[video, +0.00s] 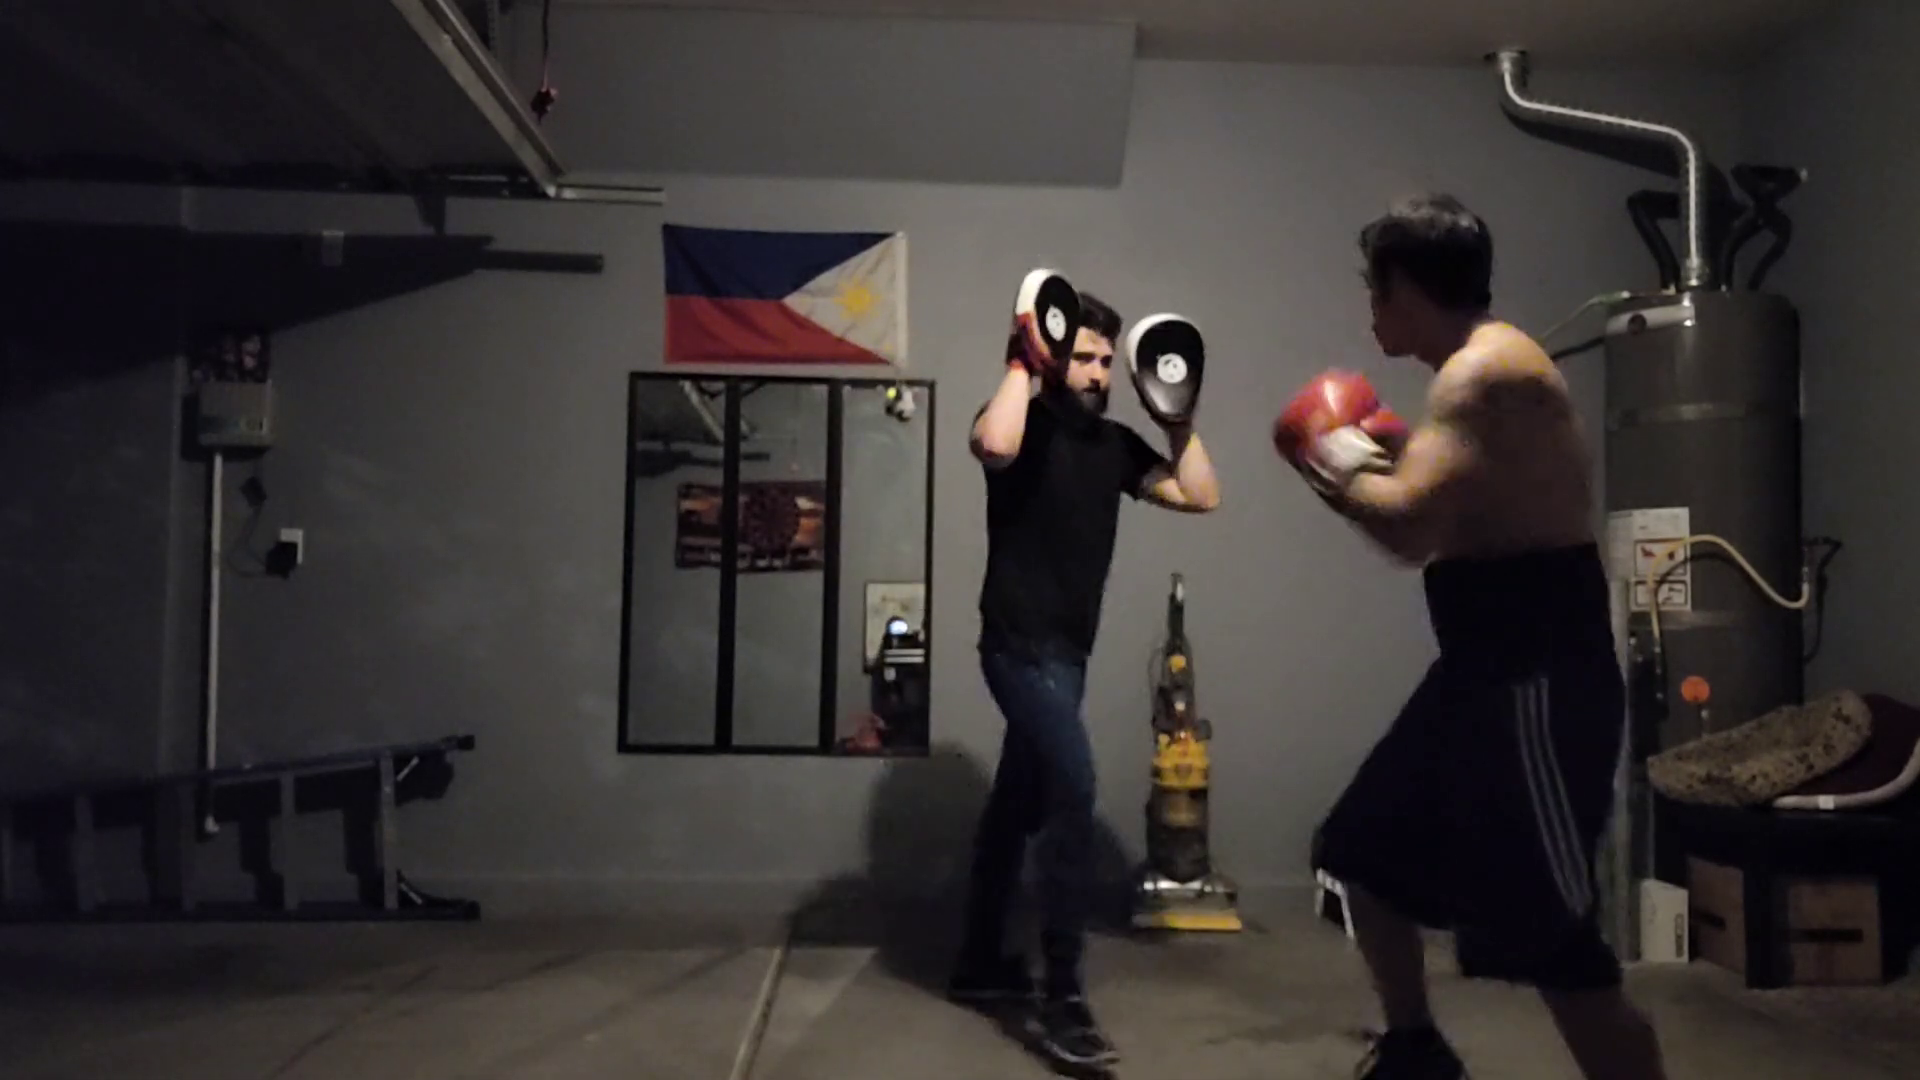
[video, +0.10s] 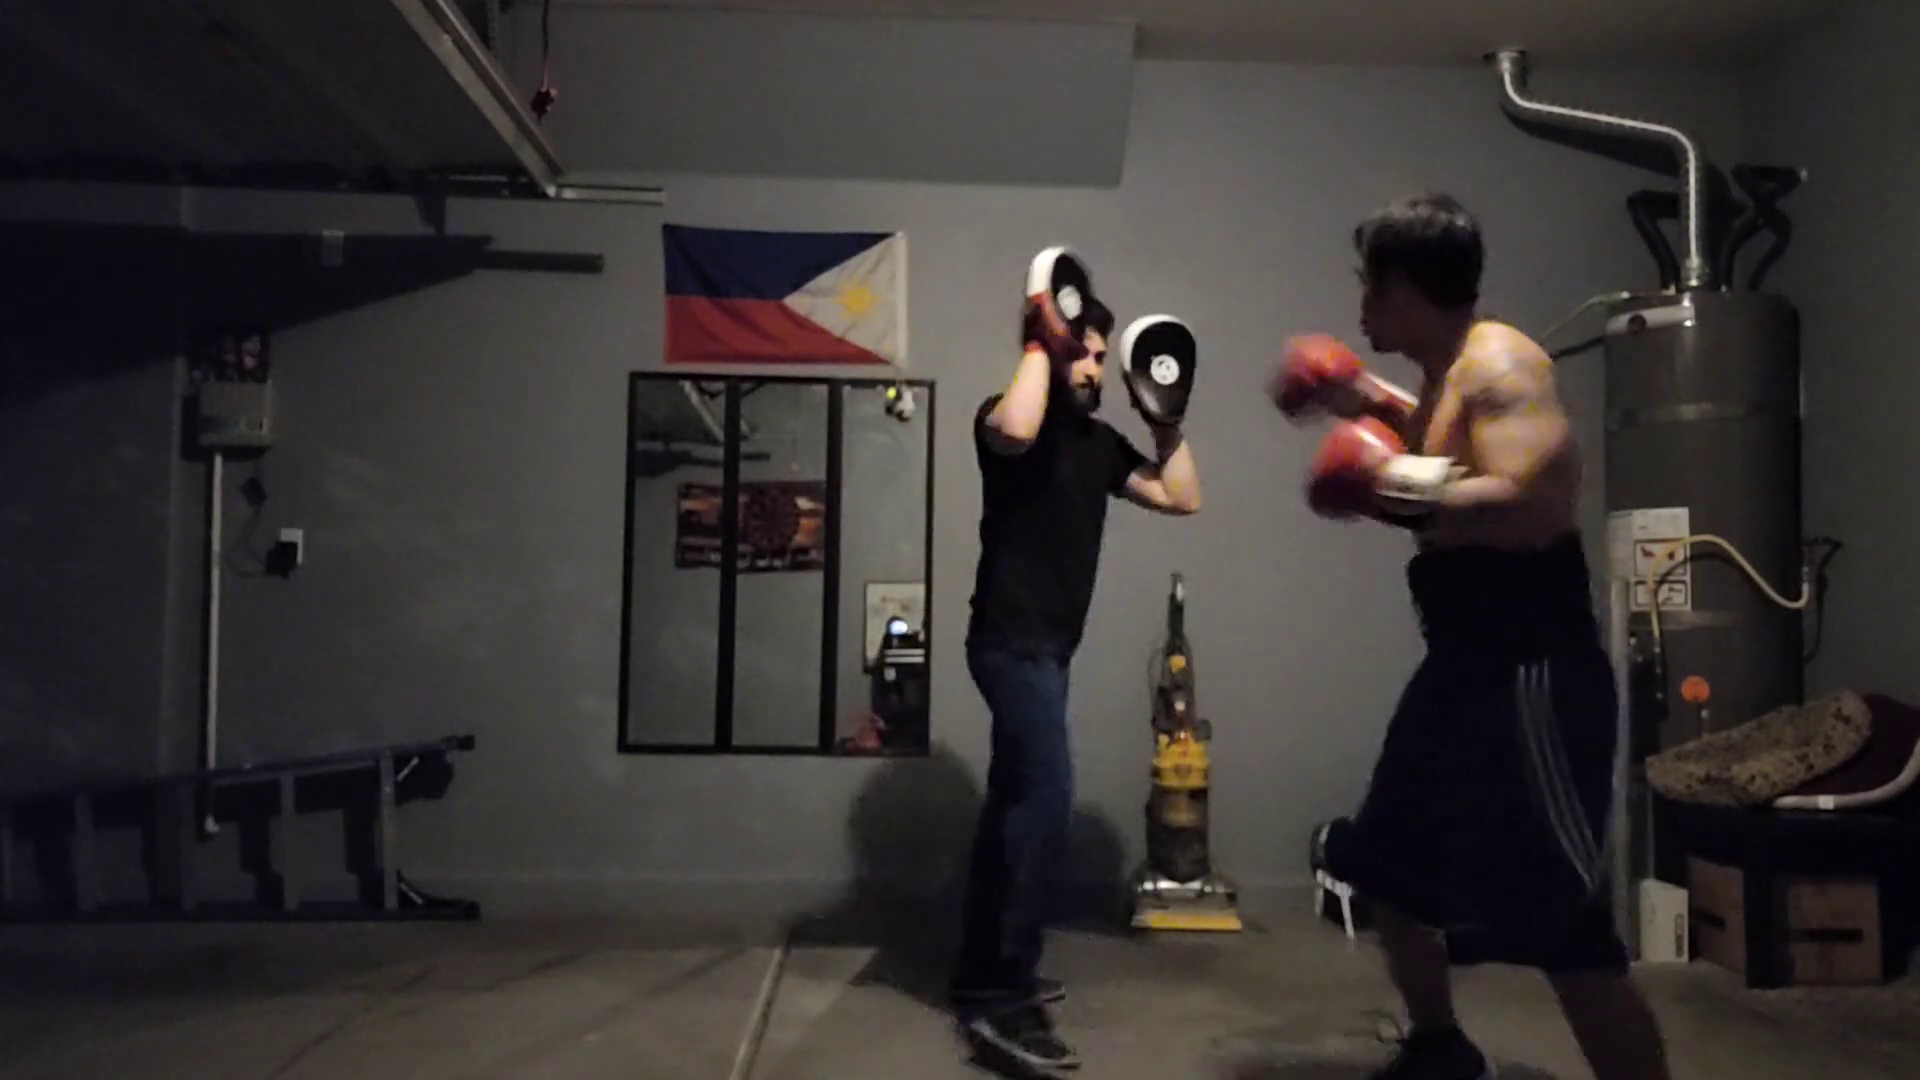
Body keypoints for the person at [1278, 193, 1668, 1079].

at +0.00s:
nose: (1373, 318)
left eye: (1379, 296)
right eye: (1372, 296)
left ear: (1422, 292)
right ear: (1449, 286)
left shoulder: (1483, 369)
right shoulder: (1499, 360)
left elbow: (1407, 523)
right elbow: (1468, 494)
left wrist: (1324, 465)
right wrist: (1382, 449)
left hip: (1538, 673)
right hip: (1482, 668)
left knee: (1556, 930)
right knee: (1367, 851)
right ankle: (1413, 1045)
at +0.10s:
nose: (1363, 308)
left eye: (1374, 289)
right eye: (1366, 288)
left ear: (1416, 291)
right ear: (1433, 288)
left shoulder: (1501, 362)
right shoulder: (1450, 371)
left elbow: (1523, 500)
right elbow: (1440, 453)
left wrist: (1391, 489)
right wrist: (1359, 398)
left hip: (1535, 667)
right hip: (1464, 663)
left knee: (1566, 916)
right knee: (1390, 863)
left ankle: (1640, 1072)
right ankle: (1437, 1046)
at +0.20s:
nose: (1357, 314)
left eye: (1369, 298)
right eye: (1361, 298)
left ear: (1414, 307)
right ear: (1405, 307)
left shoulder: (1499, 370)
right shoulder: (1405, 383)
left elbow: (1572, 487)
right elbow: (1317, 383)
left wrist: (1425, 483)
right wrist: (1225, 320)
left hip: (1523, 665)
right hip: (1451, 666)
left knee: (1539, 915)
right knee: (1408, 875)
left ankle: (1617, 1071)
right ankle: (1451, 1054)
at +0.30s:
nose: (1353, 318)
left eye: (1361, 301)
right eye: (1355, 301)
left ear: (1397, 306)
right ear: (1416, 308)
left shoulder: (1473, 372)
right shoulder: (1415, 393)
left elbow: (1511, 488)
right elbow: (1347, 438)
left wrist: (1383, 464)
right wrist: (1272, 362)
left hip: (1505, 648)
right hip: (1453, 652)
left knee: (1511, 879)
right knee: (1415, 864)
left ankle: (1608, 1070)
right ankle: (1451, 1054)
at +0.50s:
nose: (1363, 338)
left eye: (1368, 322)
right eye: (1361, 323)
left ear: (1403, 317)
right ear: (1451, 319)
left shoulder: (1399, 365)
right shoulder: (1529, 398)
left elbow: (1252, 424)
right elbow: (1541, 540)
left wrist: (1210, 368)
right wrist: (1417, 559)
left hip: (1492, 640)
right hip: (1528, 634)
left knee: (1547, 881)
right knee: (1444, 859)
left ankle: (1661, 1069)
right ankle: (1460, 1056)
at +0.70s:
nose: (1362, 353)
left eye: (1369, 334)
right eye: (1360, 336)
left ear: (1420, 328)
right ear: (1427, 329)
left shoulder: (1470, 380)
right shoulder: (1457, 392)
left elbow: (1397, 502)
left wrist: (1329, 472)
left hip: (1532, 656)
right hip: (1485, 660)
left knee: (1583, 887)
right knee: (1424, 864)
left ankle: (1670, 1068)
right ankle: (1457, 1056)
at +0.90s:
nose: (1385, 341)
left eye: (1394, 322)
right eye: (1381, 325)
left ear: (1445, 317)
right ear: (1431, 324)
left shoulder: (1530, 373)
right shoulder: (1444, 405)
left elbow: (1530, 488)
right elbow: (1423, 523)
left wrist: (1429, 438)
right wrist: (1334, 528)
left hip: (1585, 648)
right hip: (1508, 650)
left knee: (1623, 888)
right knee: (1447, 862)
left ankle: (1702, 1067)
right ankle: (1459, 1056)